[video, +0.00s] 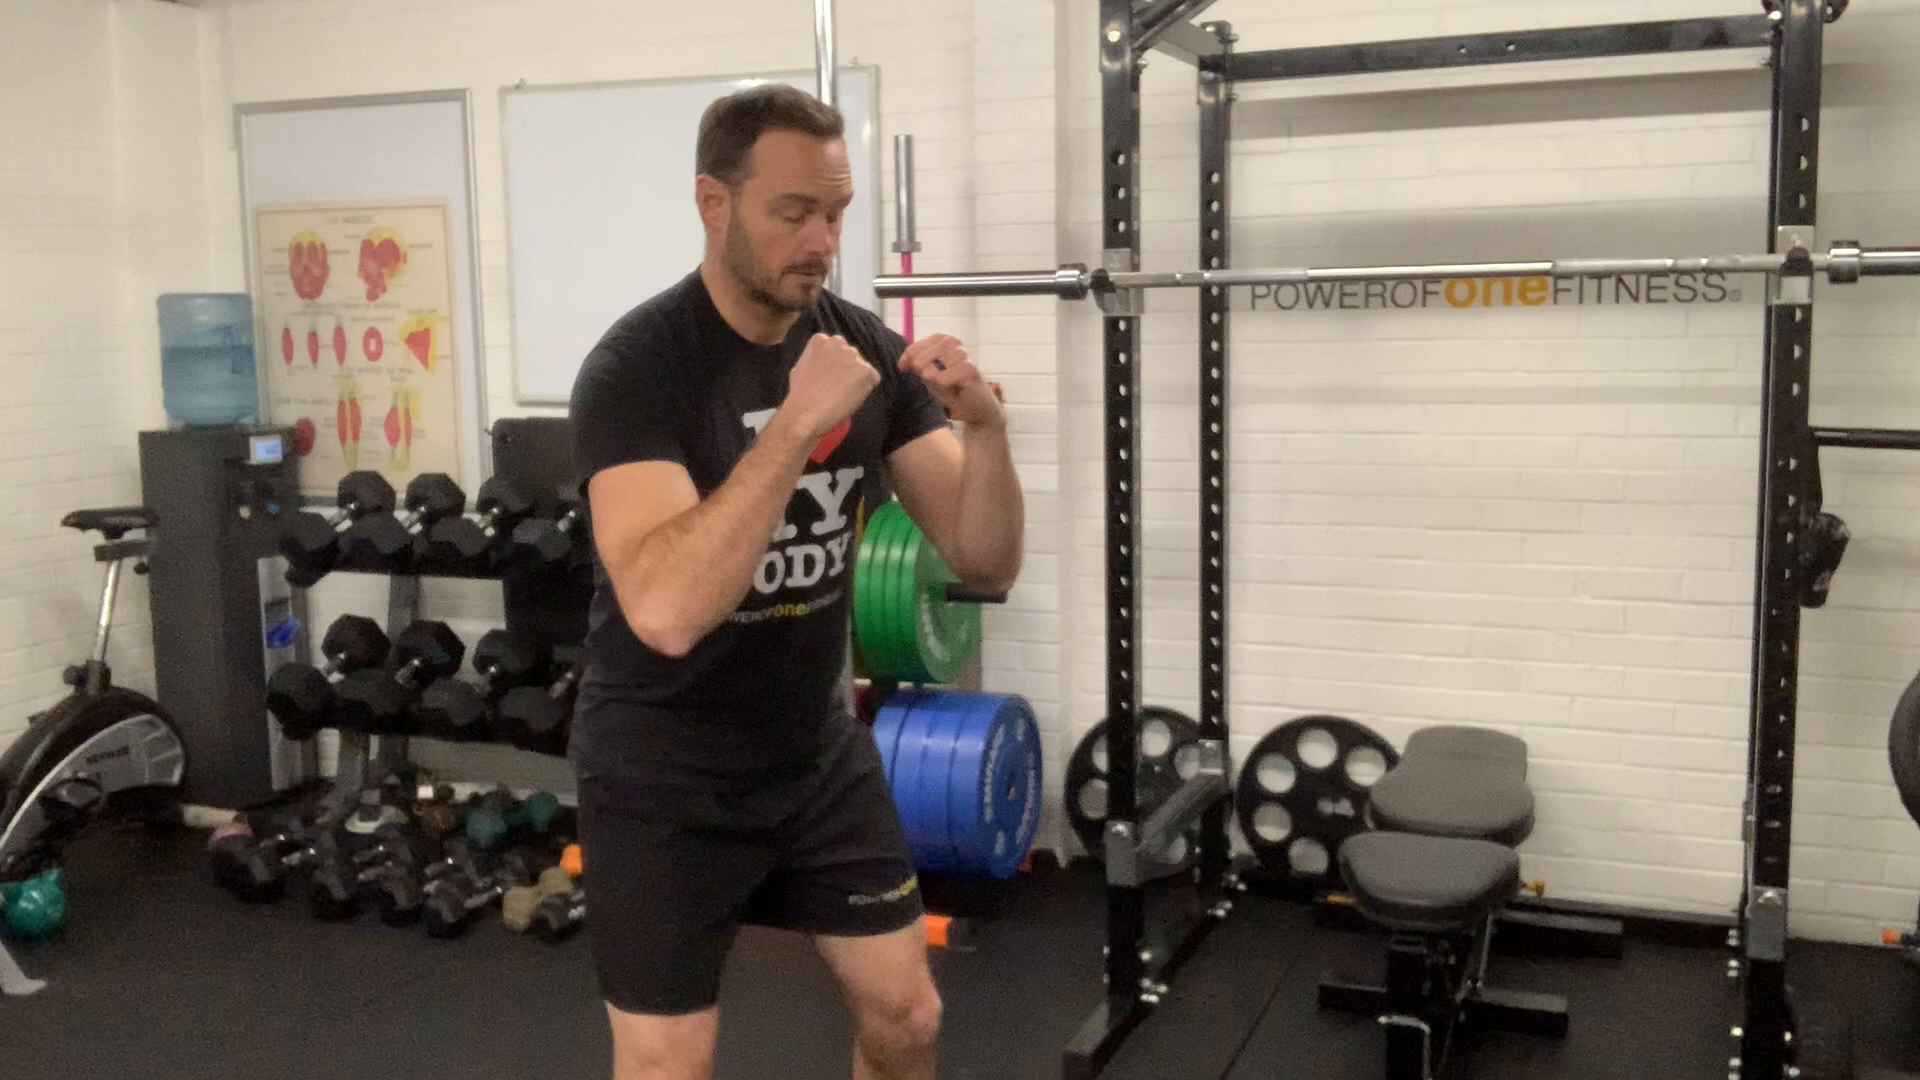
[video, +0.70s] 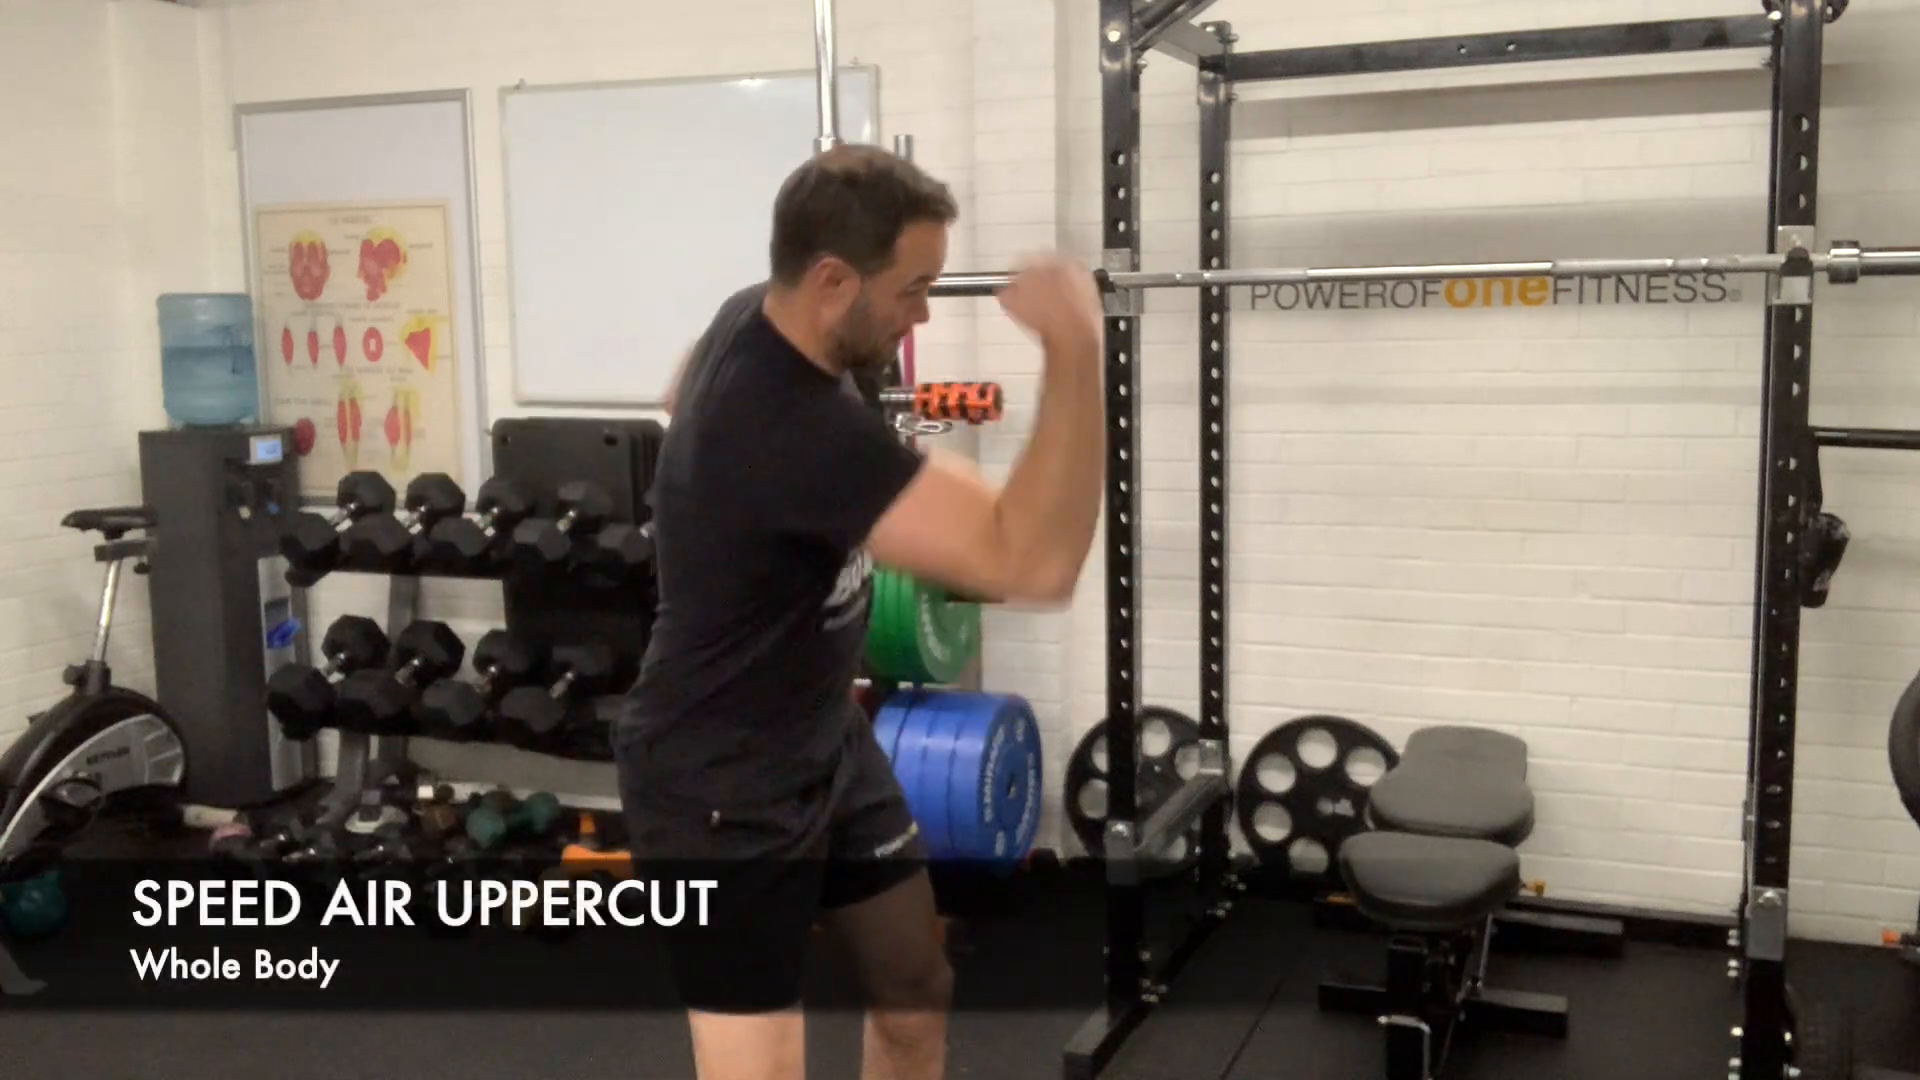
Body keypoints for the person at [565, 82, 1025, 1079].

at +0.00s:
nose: (822, 242)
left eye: (836, 212)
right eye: (796, 212)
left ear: (849, 209)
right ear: (712, 203)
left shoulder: (860, 346)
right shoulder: (634, 369)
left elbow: (985, 566)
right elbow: (664, 607)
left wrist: (985, 429)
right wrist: (799, 420)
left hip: (817, 741)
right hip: (662, 761)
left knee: (907, 1018)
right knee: (666, 1061)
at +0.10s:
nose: (822, 260)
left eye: (836, 232)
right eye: (797, 231)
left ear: (849, 220)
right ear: (713, 211)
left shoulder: (863, 348)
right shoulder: (628, 371)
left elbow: (992, 567)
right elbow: (580, 597)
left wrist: (985, 430)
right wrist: (746, 447)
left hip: (827, 747)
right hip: (666, 767)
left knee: (924, 1030)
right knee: (669, 1062)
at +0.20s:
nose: (832, 283)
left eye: (848, 255)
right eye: (810, 257)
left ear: (863, 234)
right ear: (728, 226)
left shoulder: (879, 344)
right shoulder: (636, 356)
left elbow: (1020, 558)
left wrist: (997, 425)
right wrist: (606, 456)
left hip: (838, 743)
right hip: (676, 755)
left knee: (940, 1030)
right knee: (668, 1058)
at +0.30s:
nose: (858, 304)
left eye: (871, 276)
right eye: (832, 278)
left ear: (884, 245)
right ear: (747, 248)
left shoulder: (902, 355)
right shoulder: (636, 360)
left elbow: (1060, 558)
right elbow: (376, 451)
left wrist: (1018, 424)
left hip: (846, 744)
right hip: (682, 754)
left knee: (945, 1023)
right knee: (662, 1048)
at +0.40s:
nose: (886, 351)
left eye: (897, 322)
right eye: (859, 326)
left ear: (908, 299)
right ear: (772, 298)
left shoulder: (919, 388)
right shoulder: (654, 384)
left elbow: (1088, 577)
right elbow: (447, 425)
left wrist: (1038, 451)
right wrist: (384, 488)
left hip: (845, 750)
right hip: (682, 760)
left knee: (944, 1028)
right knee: (671, 1053)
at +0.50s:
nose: (917, 373)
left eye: (921, 348)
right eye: (899, 353)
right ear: (811, 347)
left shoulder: (926, 411)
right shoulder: (678, 456)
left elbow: (1038, 596)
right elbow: (501, 554)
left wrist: (1029, 536)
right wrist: (460, 709)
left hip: (841, 764)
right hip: (695, 779)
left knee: (947, 1029)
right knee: (712, 1066)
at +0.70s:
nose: (922, 315)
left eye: (928, 291)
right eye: (912, 292)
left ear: (828, 275)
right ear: (832, 283)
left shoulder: (763, 326)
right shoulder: (788, 420)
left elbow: (682, 409)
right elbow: (1031, 561)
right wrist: (1074, 346)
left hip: (822, 735)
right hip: (722, 779)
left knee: (914, 994)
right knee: (753, 1063)